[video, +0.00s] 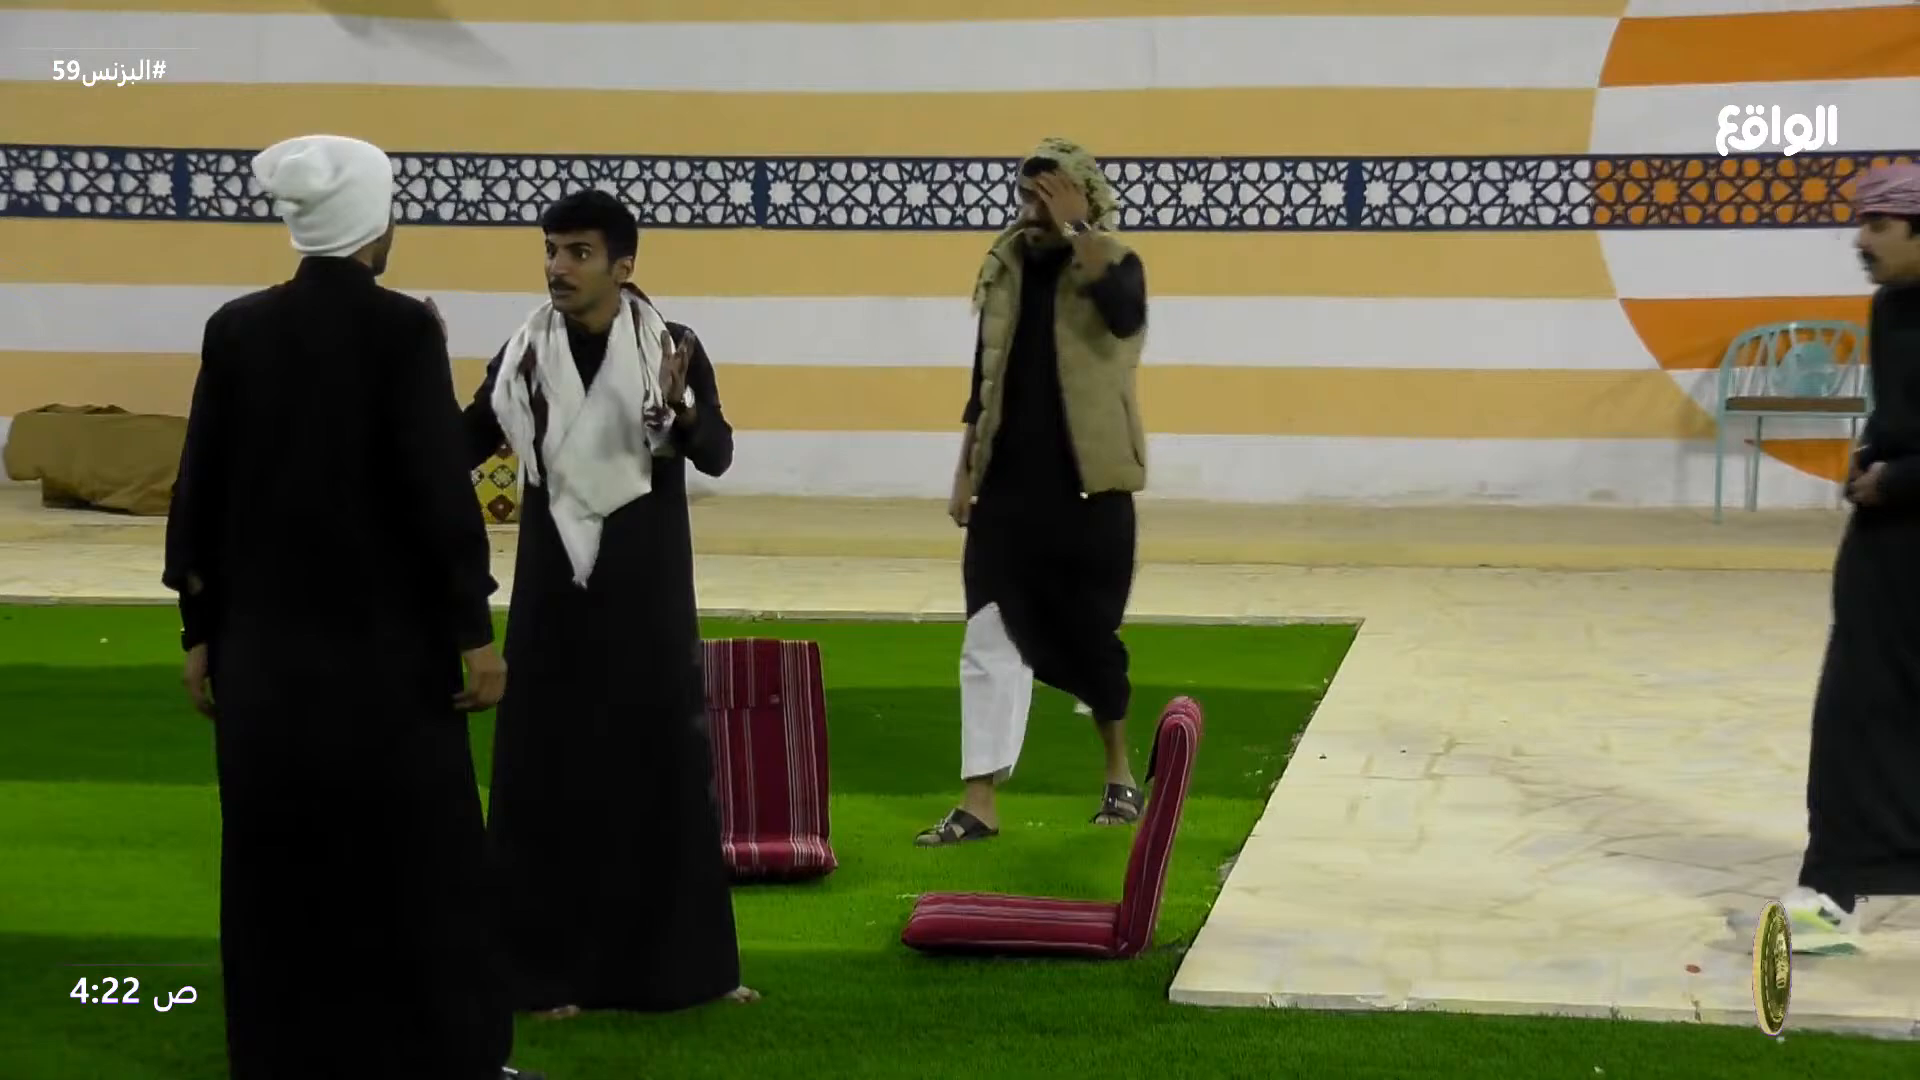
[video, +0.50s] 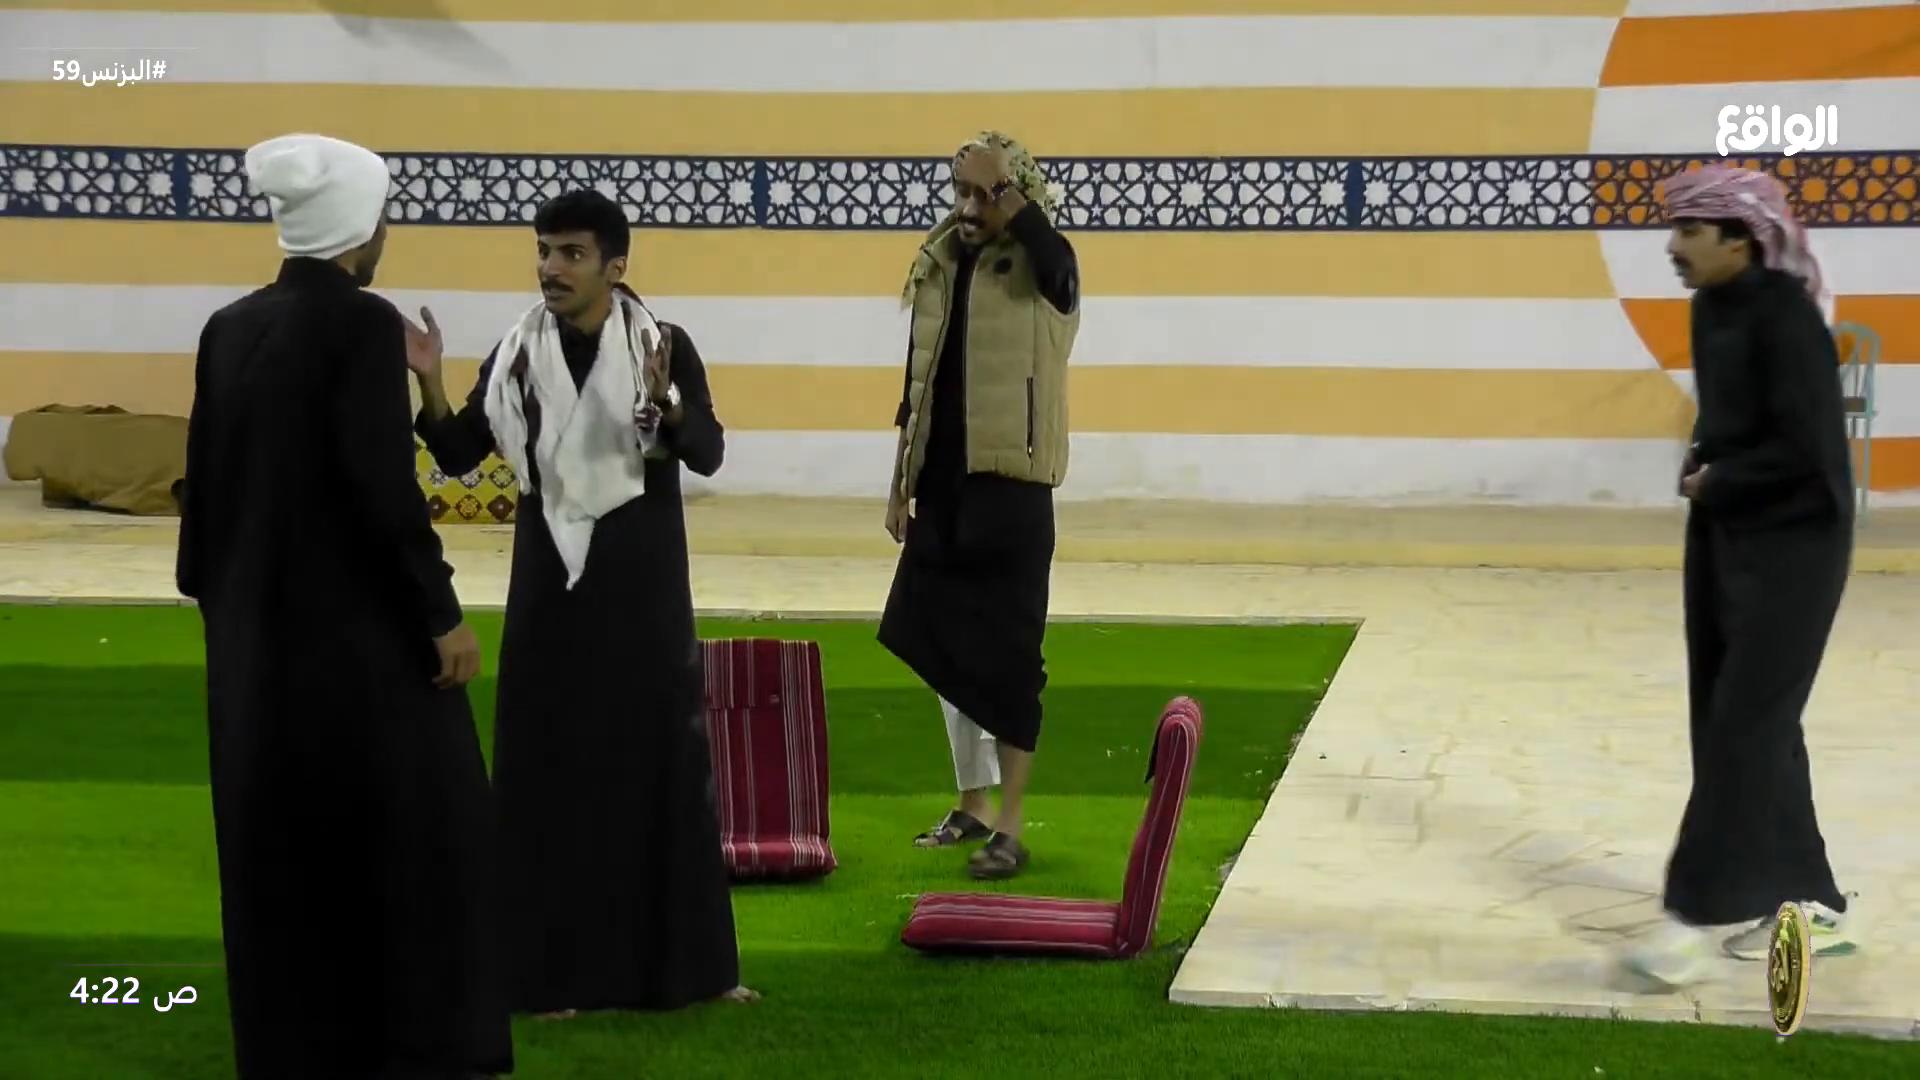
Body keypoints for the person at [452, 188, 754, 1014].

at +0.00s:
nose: (560, 267)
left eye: (579, 253)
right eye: (553, 252)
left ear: (623, 263)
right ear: (543, 260)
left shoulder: (672, 349)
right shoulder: (524, 351)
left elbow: (718, 456)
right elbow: (465, 442)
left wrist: (685, 408)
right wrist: (399, 467)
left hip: (646, 597)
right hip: (550, 595)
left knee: (666, 773)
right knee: (547, 774)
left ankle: (697, 966)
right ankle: (553, 973)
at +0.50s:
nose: (552, 268)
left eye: (571, 254)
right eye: (545, 252)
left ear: (614, 262)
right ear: (538, 257)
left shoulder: (661, 345)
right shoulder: (520, 348)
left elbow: (709, 456)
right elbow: (459, 451)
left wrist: (672, 407)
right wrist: (430, 381)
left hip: (641, 585)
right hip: (548, 584)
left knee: (658, 766)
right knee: (546, 766)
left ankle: (692, 968)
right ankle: (558, 973)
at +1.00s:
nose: (609, 267)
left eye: (627, 254)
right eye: (596, 251)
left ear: (658, 262)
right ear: (581, 257)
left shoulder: (697, 346)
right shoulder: (551, 345)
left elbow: (746, 459)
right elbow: (517, 465)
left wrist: (687, 472)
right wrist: (602, 470)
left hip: (672, 592)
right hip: (576, 590)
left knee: (680, 767)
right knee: (571, 769)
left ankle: (693, 970)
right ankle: (562, 976)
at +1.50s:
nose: (750, 279)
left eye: (767, 265)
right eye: (733, 263)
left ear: (786, 272)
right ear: (705, 266)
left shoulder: (796, 353)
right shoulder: (658, 354)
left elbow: (824, 443)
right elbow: (615, 473)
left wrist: (835, 492)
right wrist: (593, 588)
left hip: (757, 600)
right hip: (671, 602)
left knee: (753, 779)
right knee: (680, 781)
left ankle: (742, 972)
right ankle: (685, 983)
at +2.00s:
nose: (856, 332)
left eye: (867, 315)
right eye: (838, 318)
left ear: (879, 304)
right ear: (792, 303)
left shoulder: (875, 373)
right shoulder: (742, 393)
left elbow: (892, 490)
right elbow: (704, 532)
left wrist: (914, 582)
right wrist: (740, 641)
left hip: (863, 645)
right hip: (777, 650)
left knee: (868, 830)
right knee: (783, 832)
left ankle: (735, 972)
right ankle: (784, 1022)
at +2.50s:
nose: (993, 341)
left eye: (1007, 325)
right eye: (976, 323)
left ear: (1020, 314)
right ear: (928, 301)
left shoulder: (1010, 391)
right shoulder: (860, 385)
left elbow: (1028, 529)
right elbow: (809, 519)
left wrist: (1036, 647)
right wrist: (797, 647)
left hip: (981, 676)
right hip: (878, 670)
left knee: (976, 867)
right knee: (876, 861)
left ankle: (955, 1051)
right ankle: (843, 1039)